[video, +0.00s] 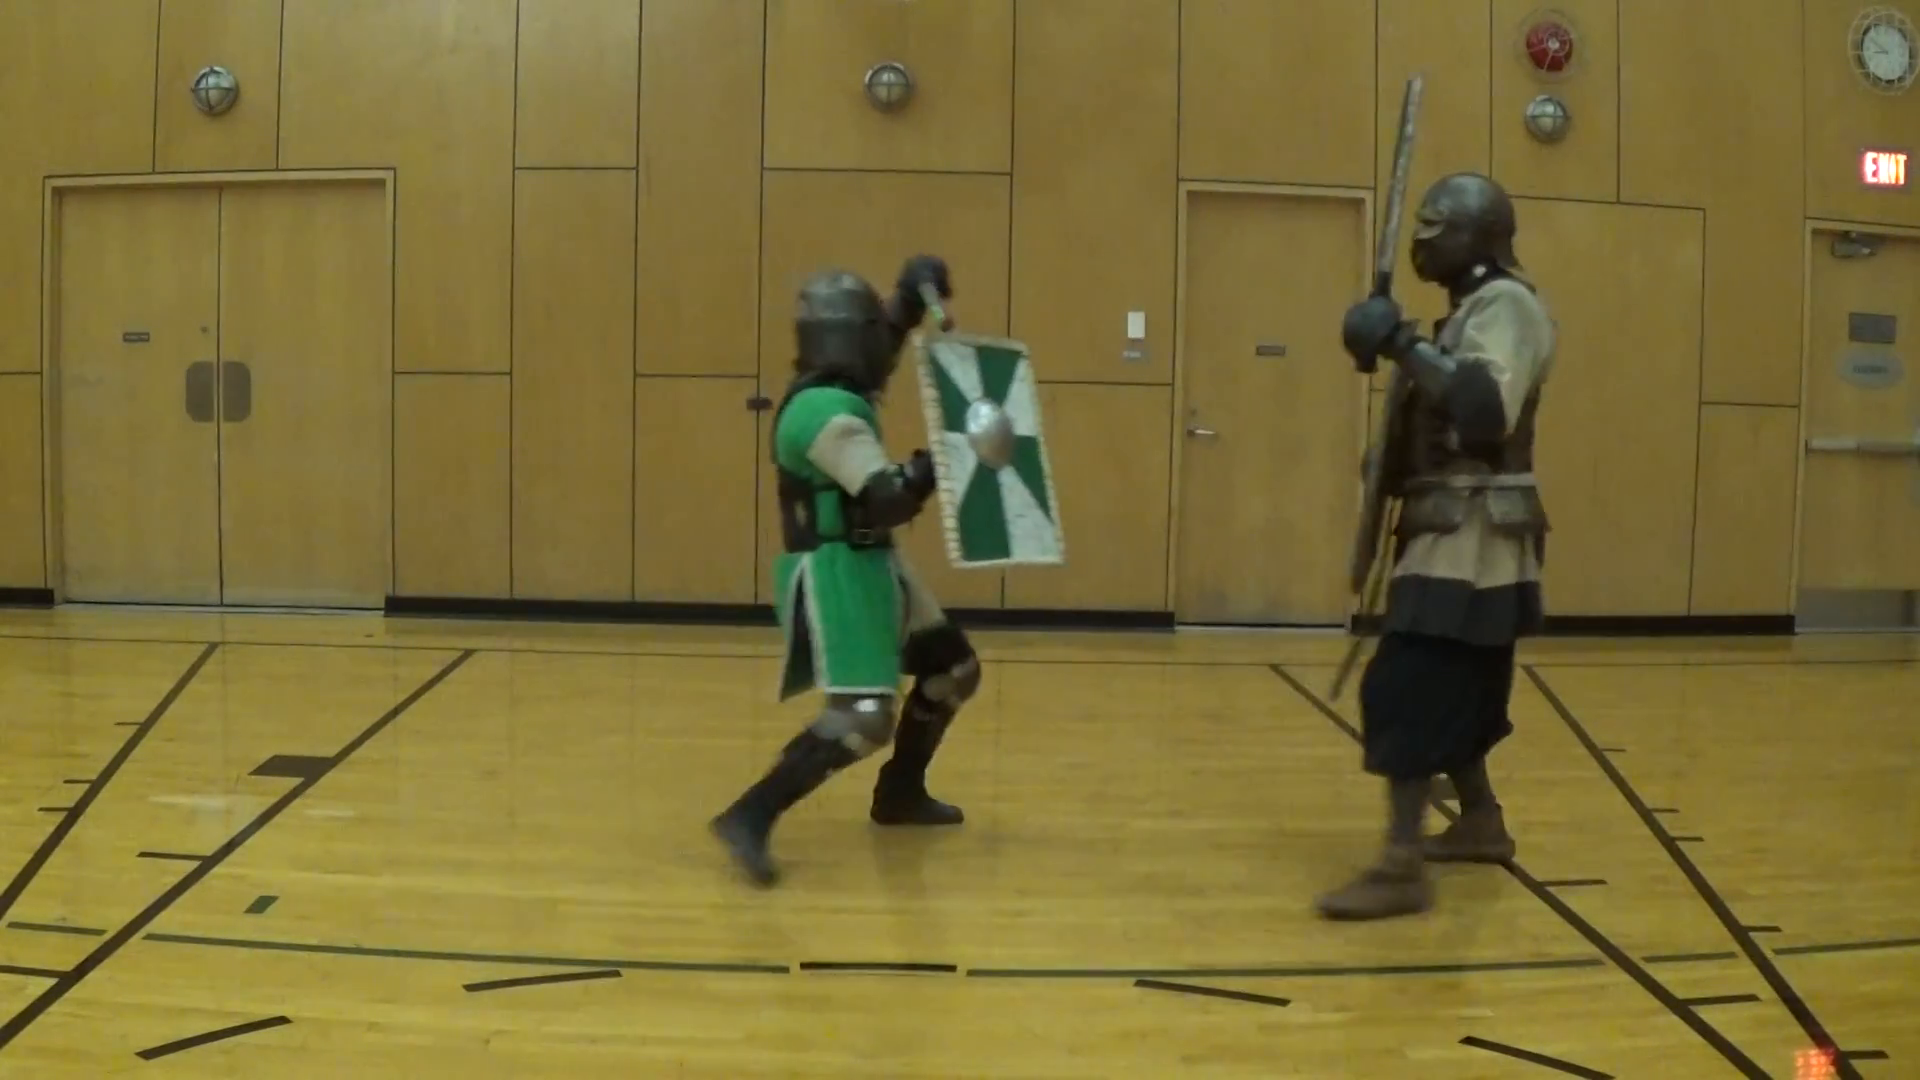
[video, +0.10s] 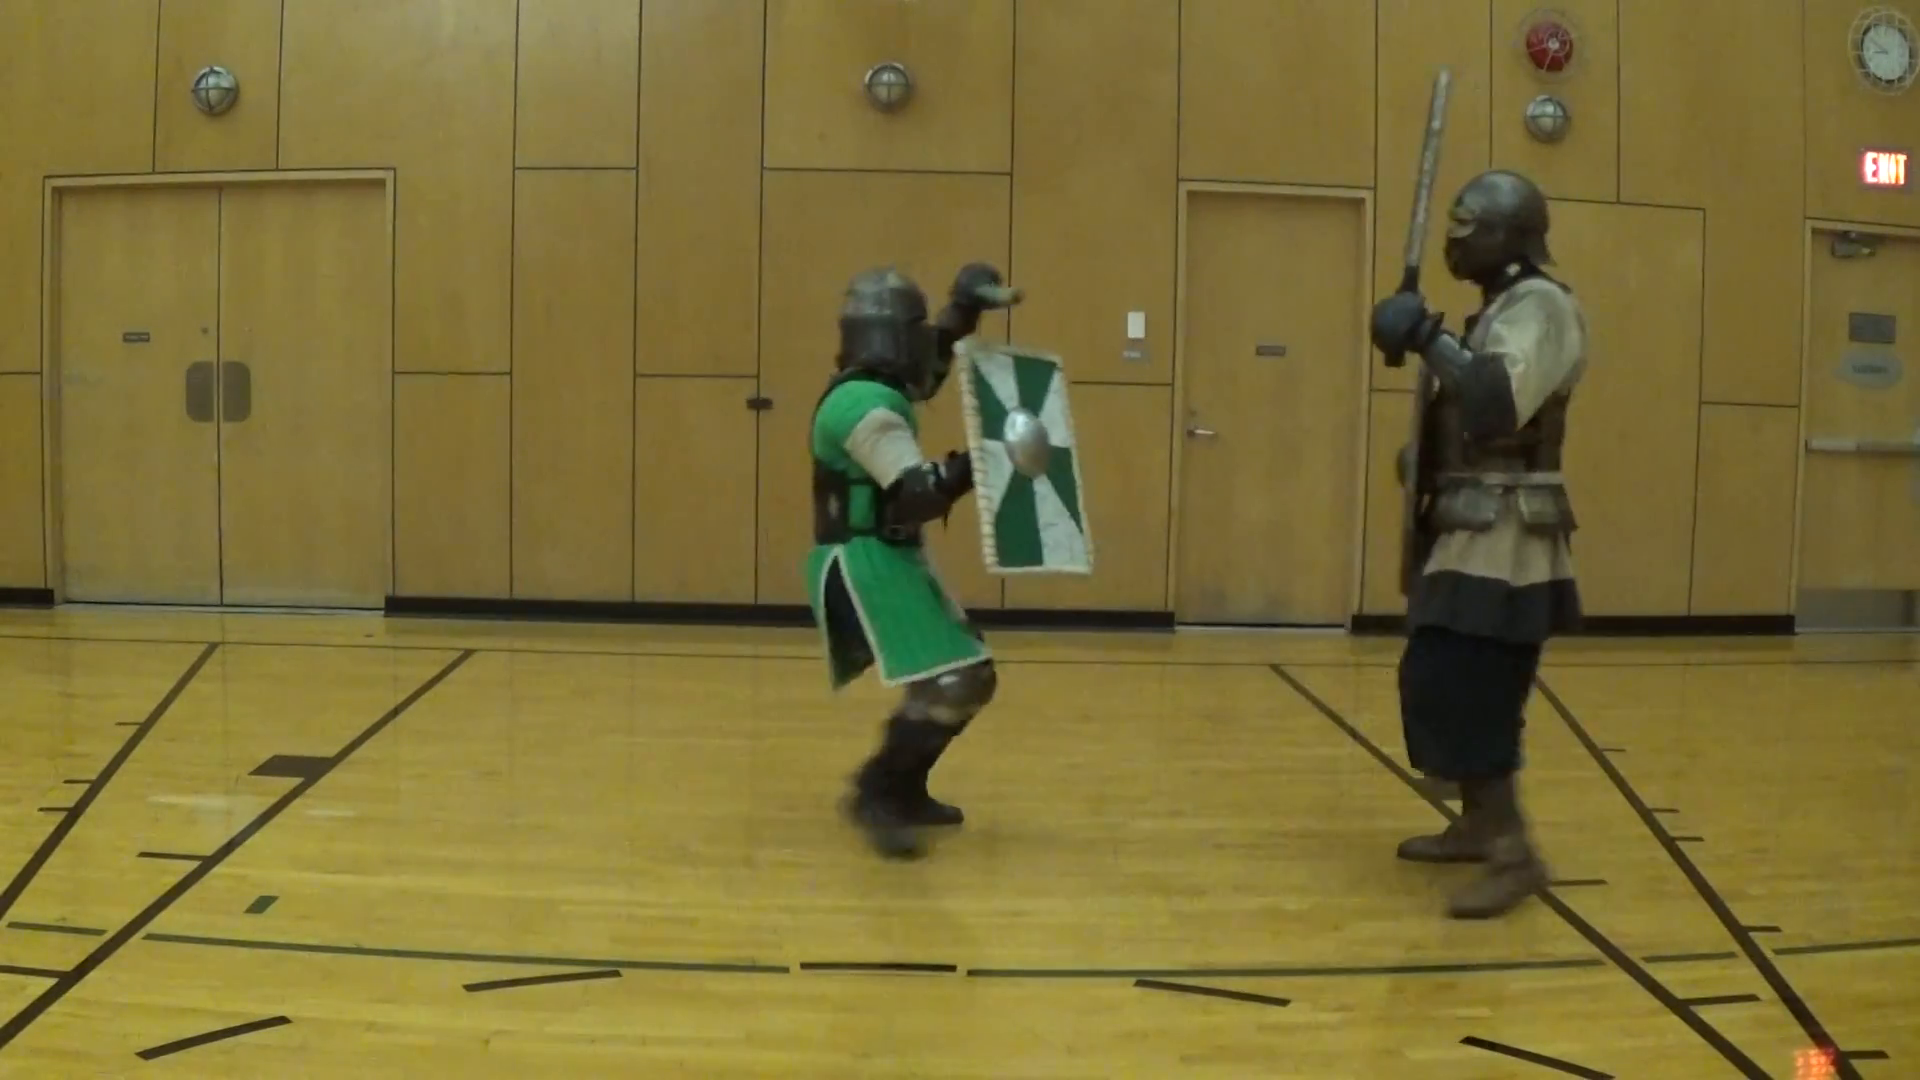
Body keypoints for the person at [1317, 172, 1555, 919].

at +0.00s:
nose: (1420, 238)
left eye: (1436, 227)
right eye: (1421, 225)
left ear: (1484, 239)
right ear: (1466, 240)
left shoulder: (1504, 308)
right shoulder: (1469, 311)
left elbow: (1480, 404)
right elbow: (1439, 396)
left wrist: (1405, 344)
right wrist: (1391, 344)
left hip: (1471, 543)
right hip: (1454, 538)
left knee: (1401, 687)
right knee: (1449, 681)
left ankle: (1400, 865)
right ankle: (1481, 818)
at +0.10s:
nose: (1450, 236)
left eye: (1465, 224)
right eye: (1453, 223)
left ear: (1510, 235)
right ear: (1500, 235)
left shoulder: (1537, 307)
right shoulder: (1499, 308)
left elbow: (1496, 399)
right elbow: (1475, 396)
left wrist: (1429, 337)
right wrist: (1422, 339)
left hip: (1506, 544)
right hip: (1473, 537)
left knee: (1466, 687)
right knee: (1447, 679)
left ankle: (1512, 851)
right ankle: (1482, 823)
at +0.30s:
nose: (1523, 243)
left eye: (1538, 231)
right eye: (1526, 229)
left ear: (1582, 243)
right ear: (1569, 246)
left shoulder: (1605, 318)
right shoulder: (1569, 318)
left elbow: (1530, 405)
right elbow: (1528, 401)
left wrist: (1481, 340)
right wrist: (1481, 343)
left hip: (1566, 547)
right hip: (1527, 544)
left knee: (1572, 685)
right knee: (1474, 671)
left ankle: (1698, 819)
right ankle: (1482, 823)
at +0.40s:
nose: (1559, 250)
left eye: (1575, 239)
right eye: (1563, 238)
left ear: (1620, 251)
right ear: (1612, 252)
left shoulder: (1639, 326)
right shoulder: (1610, 324)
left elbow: (1556, 417)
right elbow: (1565, 411)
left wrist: (1516, 350)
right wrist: (1529, 355)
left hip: (1609, 558)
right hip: (1563, 552)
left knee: (1643, 698)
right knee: (1499, 677)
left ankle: (1742, 834)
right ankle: (1484, 823)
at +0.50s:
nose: (1592, 254)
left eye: (1608, 242)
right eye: (1595, 240)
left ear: (1652, 254)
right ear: (1645, 256)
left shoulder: (1674, 328)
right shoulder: (1644, 327)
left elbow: (1597, 422)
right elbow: (1600, 407)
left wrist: (1554, 356)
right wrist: (1559, 358)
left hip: (1659, 559)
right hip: (1609, 553)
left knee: (1691, 703)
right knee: (1541, 672)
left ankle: (1753, 852)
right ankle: (1495, 823)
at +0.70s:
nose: (1644, 241)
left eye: (1660, 230)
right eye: (1646, 229)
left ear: (1709, 243)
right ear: (1694, 245)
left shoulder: (1734, 320)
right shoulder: (1693, 318)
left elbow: (1648, 412)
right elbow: (1649, 401)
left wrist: (1612, 336)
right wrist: (1608, 336)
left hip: (1720, 546)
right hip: (1661, 541)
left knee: (1727, 697)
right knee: (1609, 667)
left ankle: (1756, 852)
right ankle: (1608, 809)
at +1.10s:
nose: (1681, 235)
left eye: (1697, 225)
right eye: (1683, 224)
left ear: (1743, 239)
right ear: (1703, 238)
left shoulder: (1762, 303)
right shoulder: (1715, 300)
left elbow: (1718, 375)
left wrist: (1665, 281)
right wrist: (1645, 275)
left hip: (1741, 540)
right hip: (1688, 536)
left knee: (1750, 691)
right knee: (1674, 675)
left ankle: (1759, 855)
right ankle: (1674, 816)